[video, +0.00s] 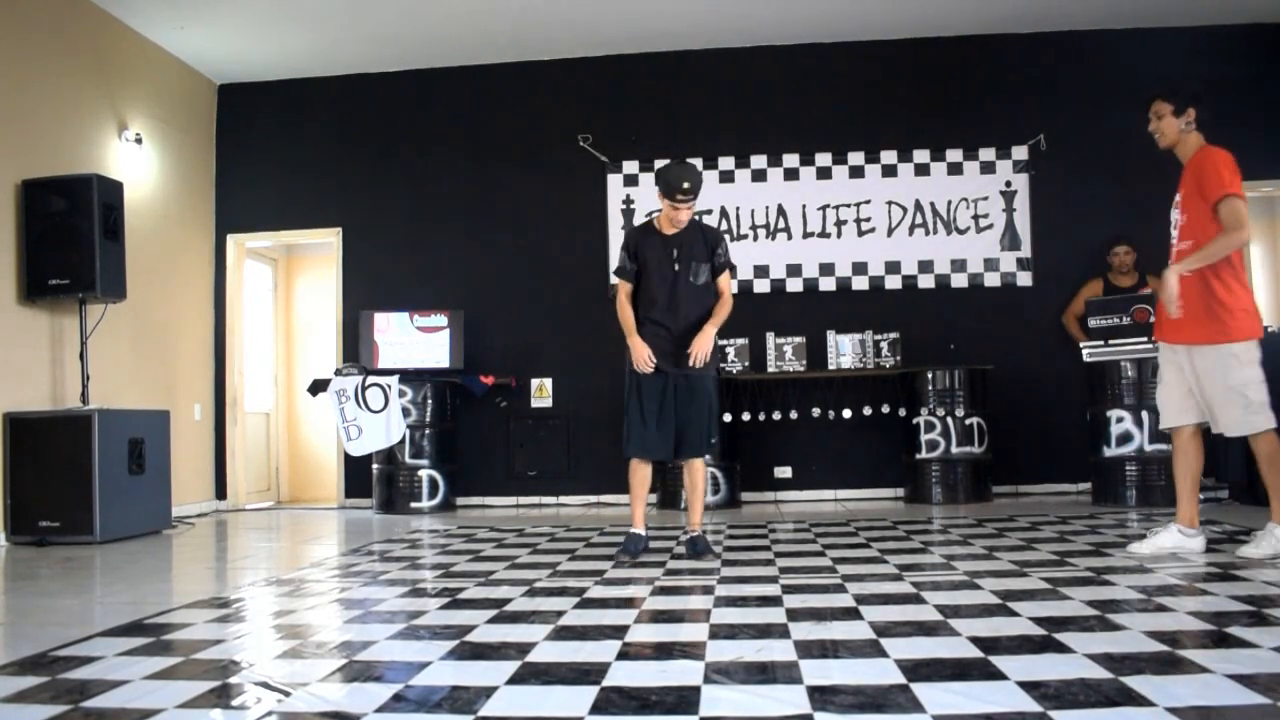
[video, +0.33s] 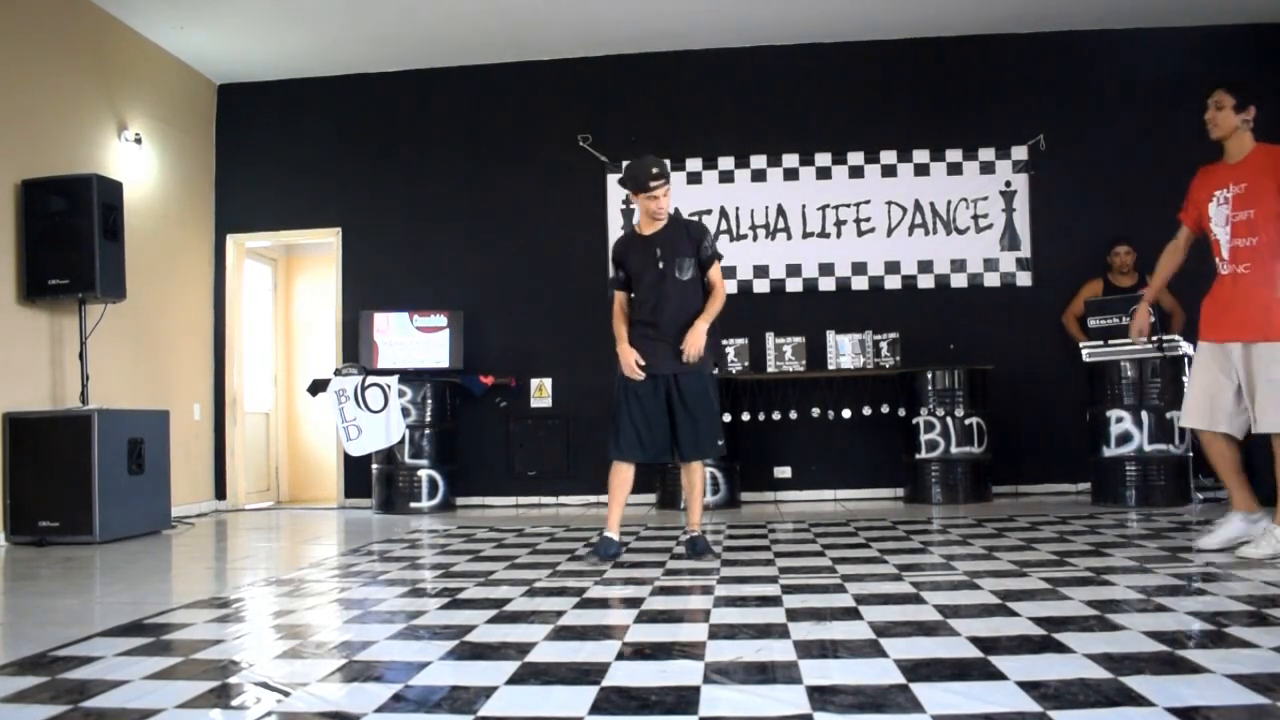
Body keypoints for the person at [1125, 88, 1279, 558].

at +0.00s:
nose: (1151, 127)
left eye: (1159, 118)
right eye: (1150, 120)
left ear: (1188, 118)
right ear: (1175, 123)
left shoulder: (1212, 161)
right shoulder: (1188, 173)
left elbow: (1238, 230)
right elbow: (1203, 244)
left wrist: (1177, 268)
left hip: (1223, 327)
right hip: (1181, 327)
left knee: (1257, 425)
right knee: (1182, 423)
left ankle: (1278, 523)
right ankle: (1186, 528)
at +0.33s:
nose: (1210, 117)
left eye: (1220, 108)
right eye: (1208, 110)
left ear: (1248, 115)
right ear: (1209, 120)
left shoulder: (1273, 162)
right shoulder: (1206, 179)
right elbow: (1180, 244)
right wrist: (1146, 300)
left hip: (1271, 319)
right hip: (1222, 319)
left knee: (1274, 426)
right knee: (1204, 417)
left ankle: (1275, 524)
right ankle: (1247, 511)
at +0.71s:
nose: (1254, 119)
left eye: (1264, 111)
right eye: (1252, 112)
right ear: (1249, 122)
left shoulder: (1272, 176)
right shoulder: (1232, 183)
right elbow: (1220, 244)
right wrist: (1204, 284)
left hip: (1275, 322)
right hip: (1251, 326)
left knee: (1272, 427)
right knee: (1266, 428)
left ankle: (1274, 524)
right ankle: (1272, 522)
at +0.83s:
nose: (1263, 124)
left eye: (1271, 116)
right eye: (1260, 117)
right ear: (1254, 126)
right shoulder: (1244, 189)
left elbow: (1244, 256)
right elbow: (1244, 255)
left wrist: (1250, 311)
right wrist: (1249, 311)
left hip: (1277, 328)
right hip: (1270, 329)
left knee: (1276, 423)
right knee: (1276, 421)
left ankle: (1278, 521)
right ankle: (1278, 520)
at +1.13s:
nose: (1268, 128)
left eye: (1275, 120)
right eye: (1266, 121)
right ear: (1264, 126)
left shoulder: (1275, 190)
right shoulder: (1276, 190)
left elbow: (1274, 258)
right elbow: (1276, 257)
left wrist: (1255, 317)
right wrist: (1255, 316)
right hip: (1279, 324)